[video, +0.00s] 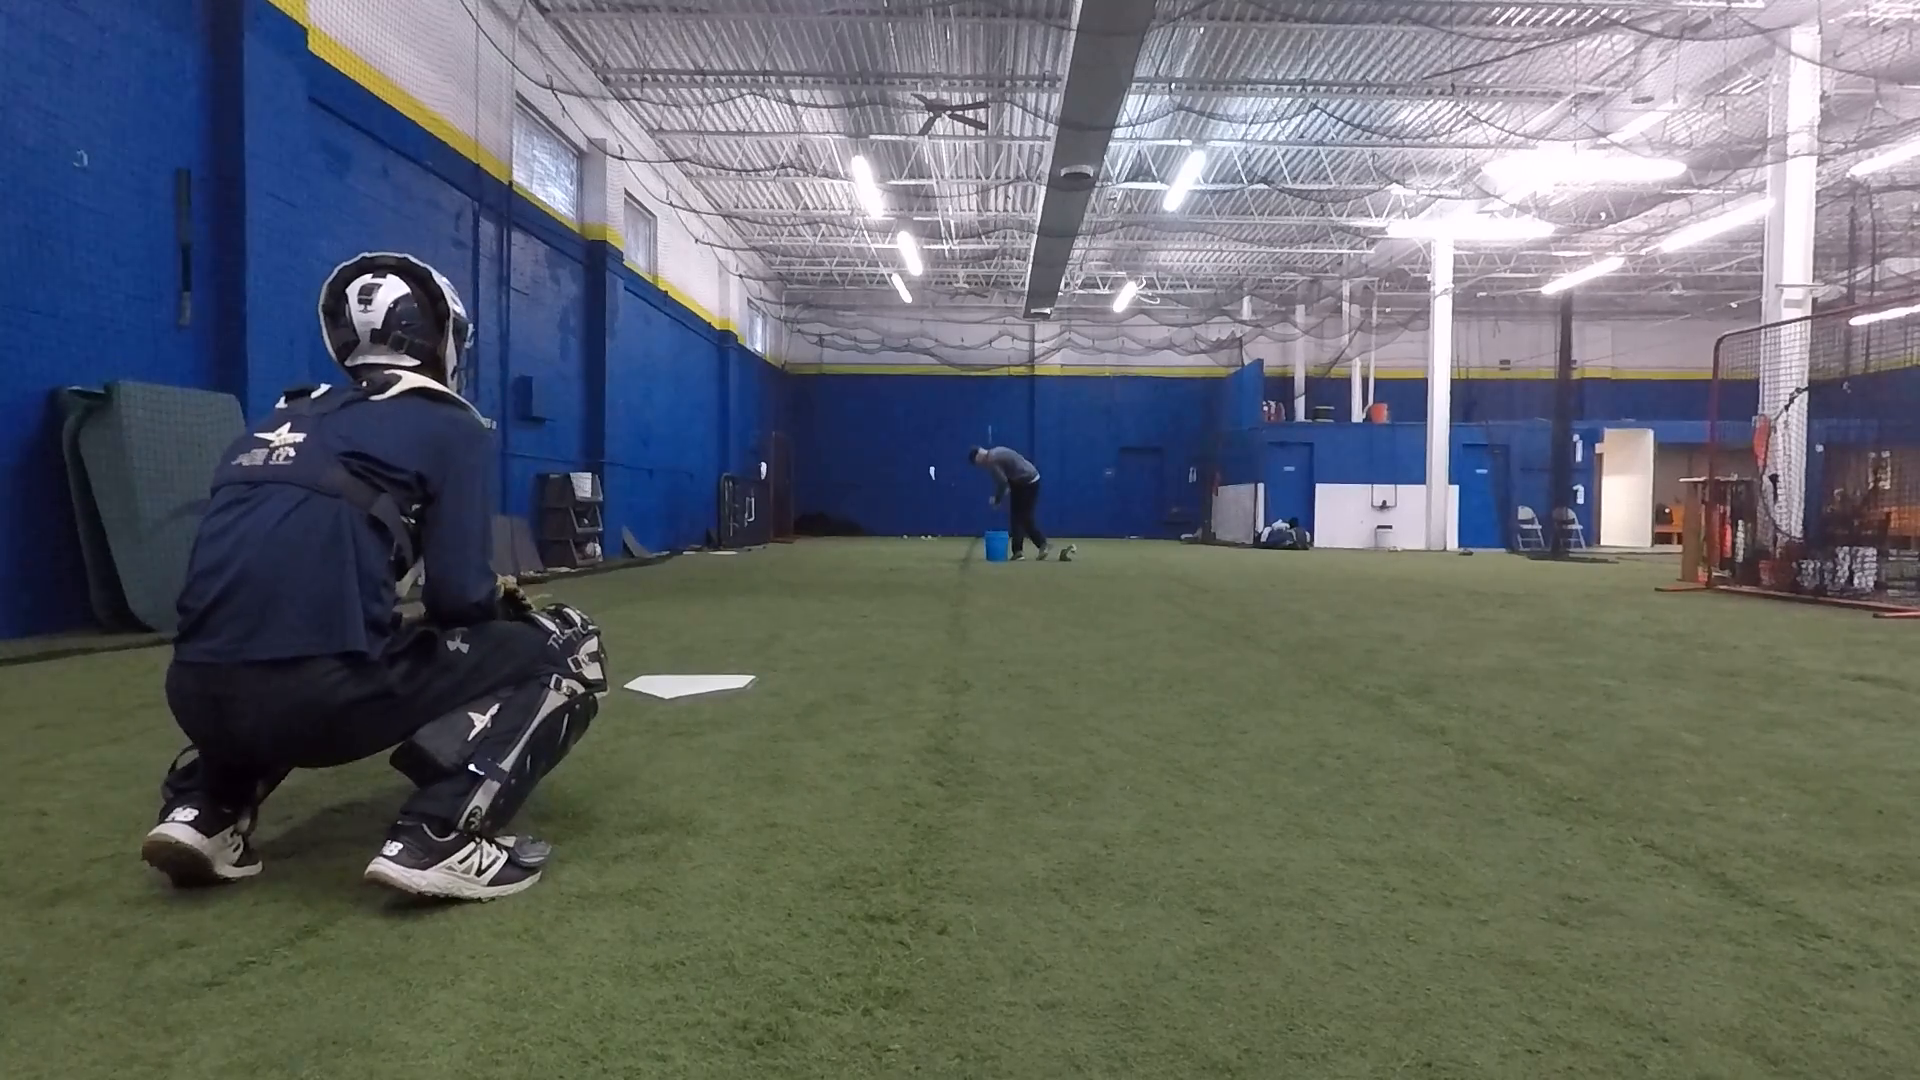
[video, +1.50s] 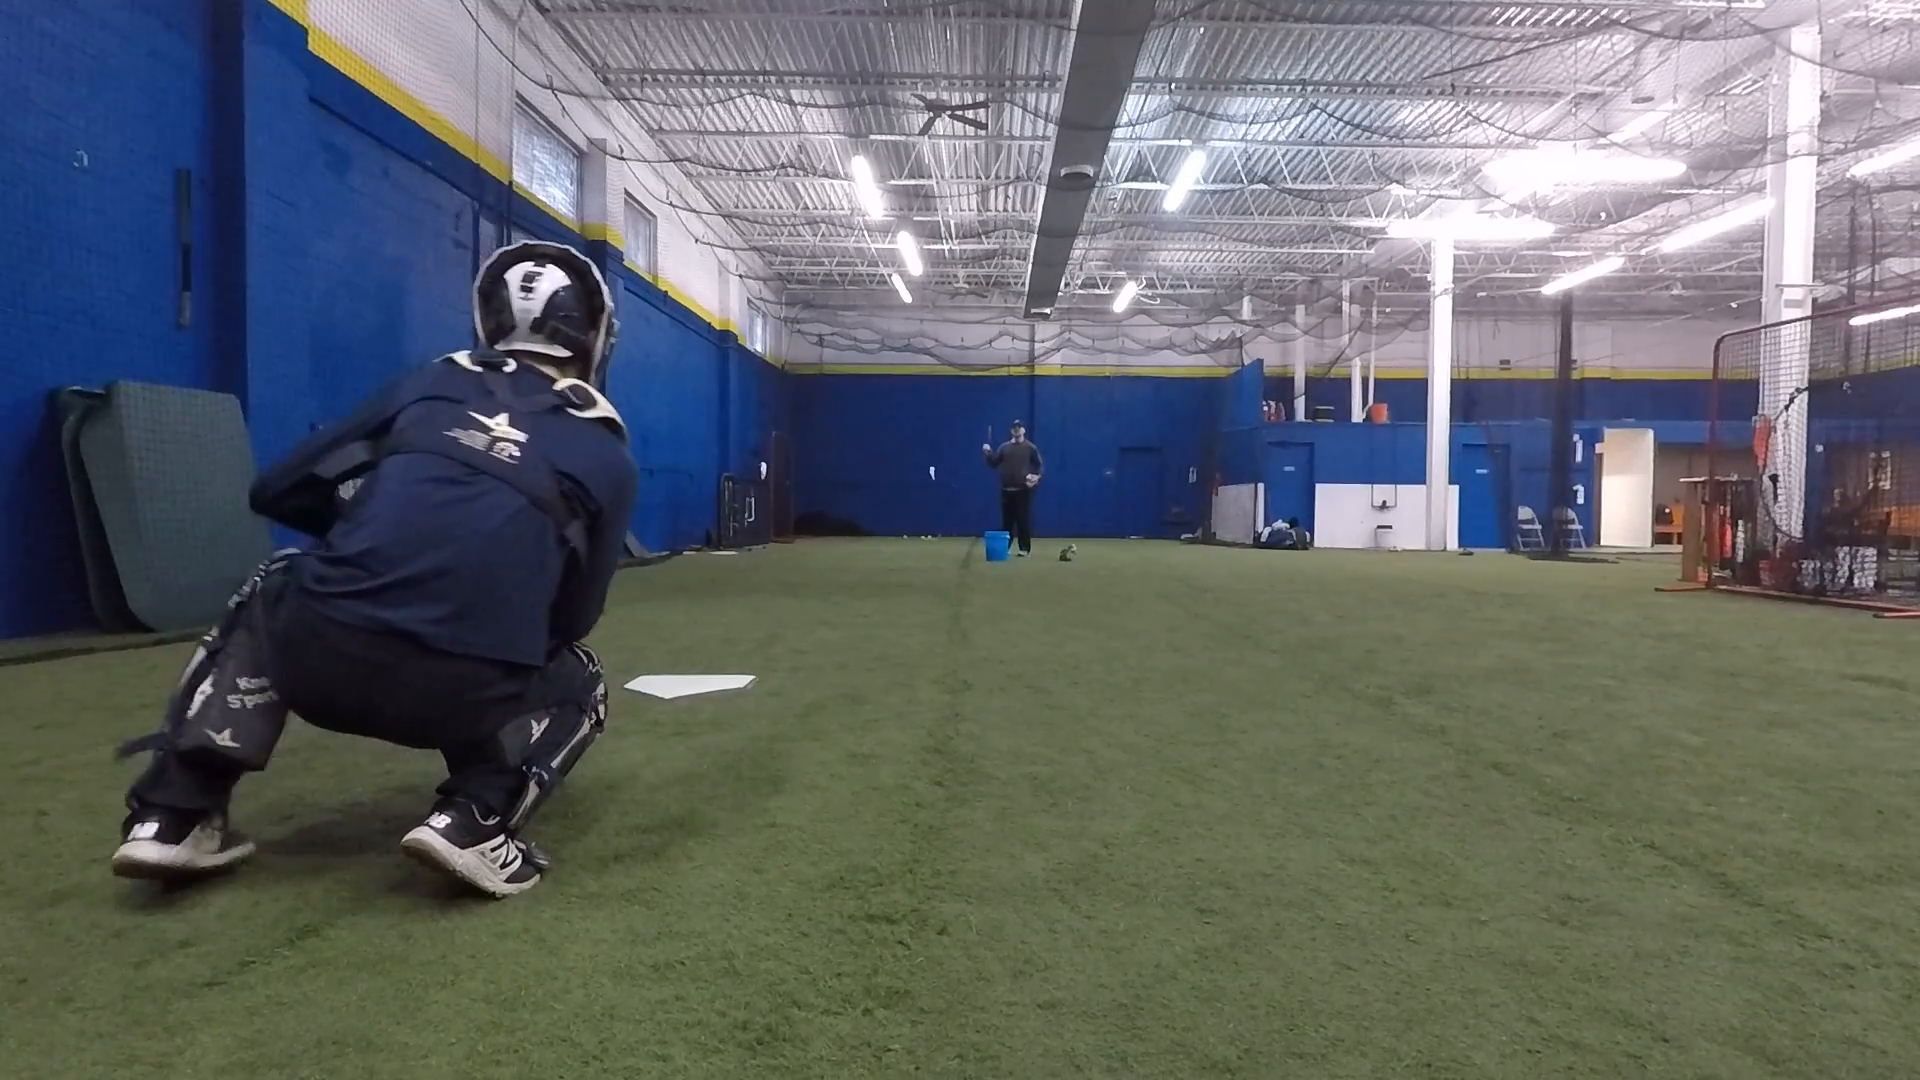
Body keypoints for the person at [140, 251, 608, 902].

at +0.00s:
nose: (461, 352)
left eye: (459, 336)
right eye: (456, 336)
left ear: (345, 345)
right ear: (438, 339)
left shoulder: (281, 417)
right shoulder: (452, 425)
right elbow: (457, 598)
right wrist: (498, 601)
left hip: (204, 697)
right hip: (330, 696)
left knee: (289, 617)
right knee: (569, 647)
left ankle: (204, 810)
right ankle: (442, 835)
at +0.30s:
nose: (457, 352)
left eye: (454, 337)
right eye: (452, 337)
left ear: (338, 348)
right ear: (436, 341)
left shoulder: (273, 424)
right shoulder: (462, 436)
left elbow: (252, 573)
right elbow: (482, 606)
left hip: (218, 701)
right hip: (355, 704)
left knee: (278, 621)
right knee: (569, 655)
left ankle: (202, 814)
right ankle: (451, 827)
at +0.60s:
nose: (461, 357)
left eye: (458, 342)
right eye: (456, 342)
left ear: (342, 349)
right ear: (440, 344)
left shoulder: (279, 423)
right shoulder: (462, 439)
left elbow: (256, 573)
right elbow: (476, 607)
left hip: (212, 705)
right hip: (347, 706)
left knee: (275, 616)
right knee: (567, 657)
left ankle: (202, 813)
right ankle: (449, 830)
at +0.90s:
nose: (476, 359)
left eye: (474, 343)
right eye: (472, 343)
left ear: (358, 347)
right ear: (455, 346)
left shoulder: (294, 418)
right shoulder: (471, 436)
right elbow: (476, 603)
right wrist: (512, 605)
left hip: (215, 697)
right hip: (347, 703)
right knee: (573, 653)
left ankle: (204, 813)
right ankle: (449, 831)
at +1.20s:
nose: (539, 338)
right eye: (534, 325)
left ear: (417, 328)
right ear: (522, 332)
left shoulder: (352, 398)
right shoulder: (534, 435)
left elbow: (300, 524)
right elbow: (539, 605)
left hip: (267, 670)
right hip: (404, 689)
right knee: (594, 668)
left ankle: (207, 814)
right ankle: (462, 823)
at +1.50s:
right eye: (604, 325)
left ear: (490, 322)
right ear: (594, 339)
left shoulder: (433, 380)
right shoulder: (609, 455)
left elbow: (279, 488)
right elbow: (571, 622)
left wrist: (372, 531)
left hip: (324, 655)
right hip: (466, 692)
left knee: (274, 591)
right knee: (577, 685)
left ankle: (173, 809)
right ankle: (473, 820)